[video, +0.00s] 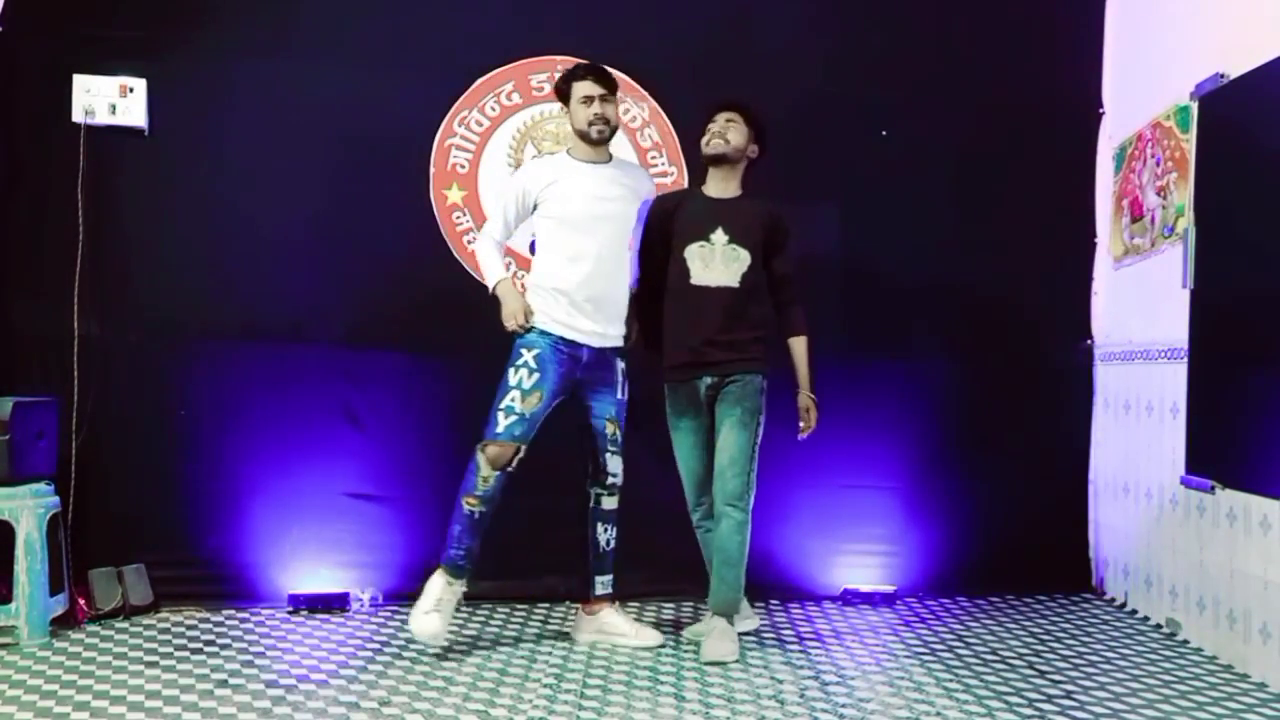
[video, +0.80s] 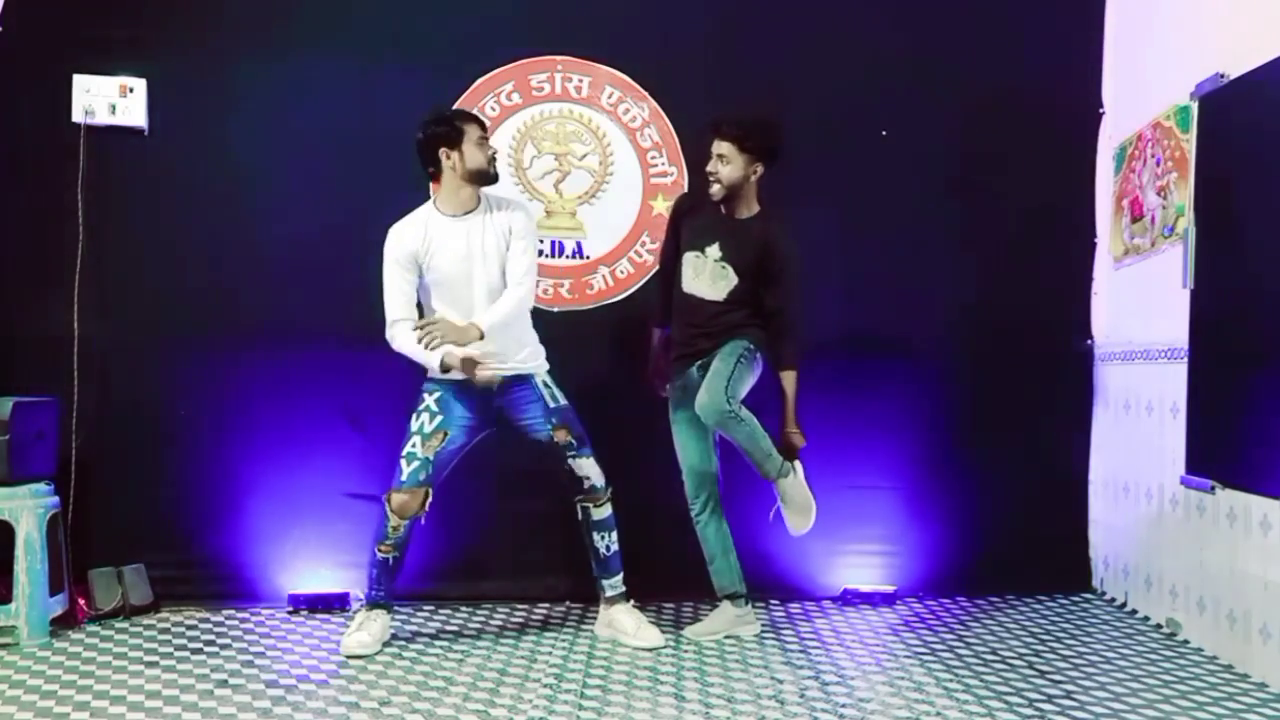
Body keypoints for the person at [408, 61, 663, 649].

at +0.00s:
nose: (599, 110)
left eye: (606, 100)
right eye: (587, 102)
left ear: (618, 109)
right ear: (567, 113)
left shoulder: (638, 182)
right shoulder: (540, 174)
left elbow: (642, 257)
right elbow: (490, 239)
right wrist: (506, 285)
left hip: (610, 346)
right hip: (548, 335)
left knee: (611, 474)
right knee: (497, 453)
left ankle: (599, 604)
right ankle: (450, 578)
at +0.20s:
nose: (556, 134)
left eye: (565, 124)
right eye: (545, 124)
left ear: (578, 131)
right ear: (524, 133)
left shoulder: (597, 199)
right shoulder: (494, 194)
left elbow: (615, 259)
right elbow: (439, 254)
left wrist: (601, 312)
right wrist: (455, 315)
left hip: (569, 370)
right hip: (497, 368)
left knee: (620, 482)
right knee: (436, 483)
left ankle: (604, 606)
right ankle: (377, 606)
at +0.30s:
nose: (527, 183)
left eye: (537, 173)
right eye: (517, 171)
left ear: (550, 178)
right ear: (495, 174)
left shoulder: (570, 235)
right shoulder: (461, 232)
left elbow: (594, 289)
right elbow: (405, 282)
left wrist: (583, 345)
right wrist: (421, 347)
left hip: (547, 397)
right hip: (473, 392)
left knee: (608, 499)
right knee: (399, 487)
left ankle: (615, 609)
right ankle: (374, 608)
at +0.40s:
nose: (500, 246)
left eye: (509, 236)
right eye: (490, 236)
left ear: (522, 229)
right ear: (466, 226)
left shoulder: (547, 266)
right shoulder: (439, 268)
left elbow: (579, 330)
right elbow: (386, 322)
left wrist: (568, 388)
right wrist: (380, 386)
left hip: (531, 406)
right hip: (456, 403)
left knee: (592, 500)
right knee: (385, 490)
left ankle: (613, 610)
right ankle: (373, 611)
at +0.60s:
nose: (502, 202)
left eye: (503, 192)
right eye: (490, 194)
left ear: (504, 193)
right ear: (449, 201)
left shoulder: (526, 248)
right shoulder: (418, 260)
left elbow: (524, 338)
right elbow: (405, 351)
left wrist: (505, 414)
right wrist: (383, 433)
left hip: (523, 390)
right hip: (452, 394)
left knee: (594, 486)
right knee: (392, 495)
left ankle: (615, 607)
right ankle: (374, 610)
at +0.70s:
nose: (501, 168)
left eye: (498, 159)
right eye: (489, 160)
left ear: (468, 172)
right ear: (453, 172)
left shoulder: (519, 228)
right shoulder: (412, 245)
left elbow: (522, 316)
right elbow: (403, 336)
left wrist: (472, 370)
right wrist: (413, 408)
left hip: (523, 383)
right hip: (448, 392)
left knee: (594, 483)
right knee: (397, 494)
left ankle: (616, 606)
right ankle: (375, 610)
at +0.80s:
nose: (492, 152)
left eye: (490, 143)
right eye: (481, 144)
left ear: (461, 156)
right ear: (447, 156)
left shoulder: (514, 217)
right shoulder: (406, 235)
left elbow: (523, 294)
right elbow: (399, 329)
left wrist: (473, 329)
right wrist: (446, 359)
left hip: (524, 374)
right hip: (450, 383)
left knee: (589, 475)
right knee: (404, 495)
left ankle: (615, 605)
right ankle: (376, 609)